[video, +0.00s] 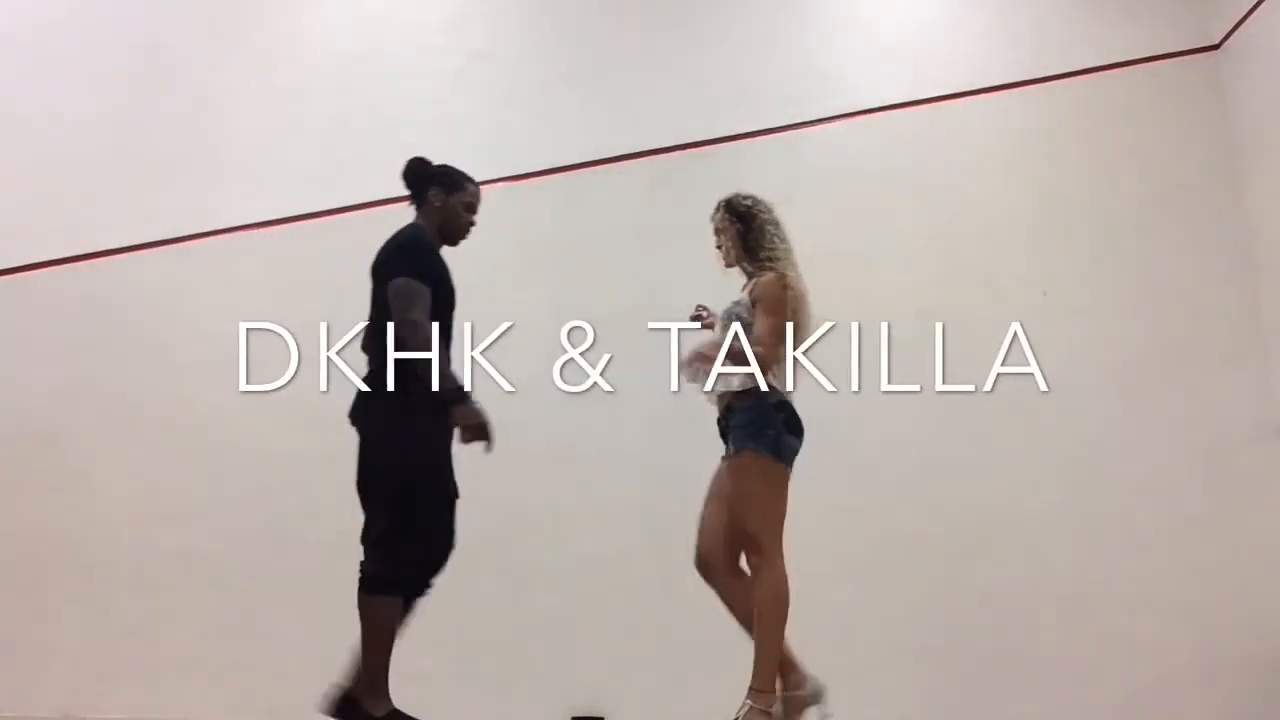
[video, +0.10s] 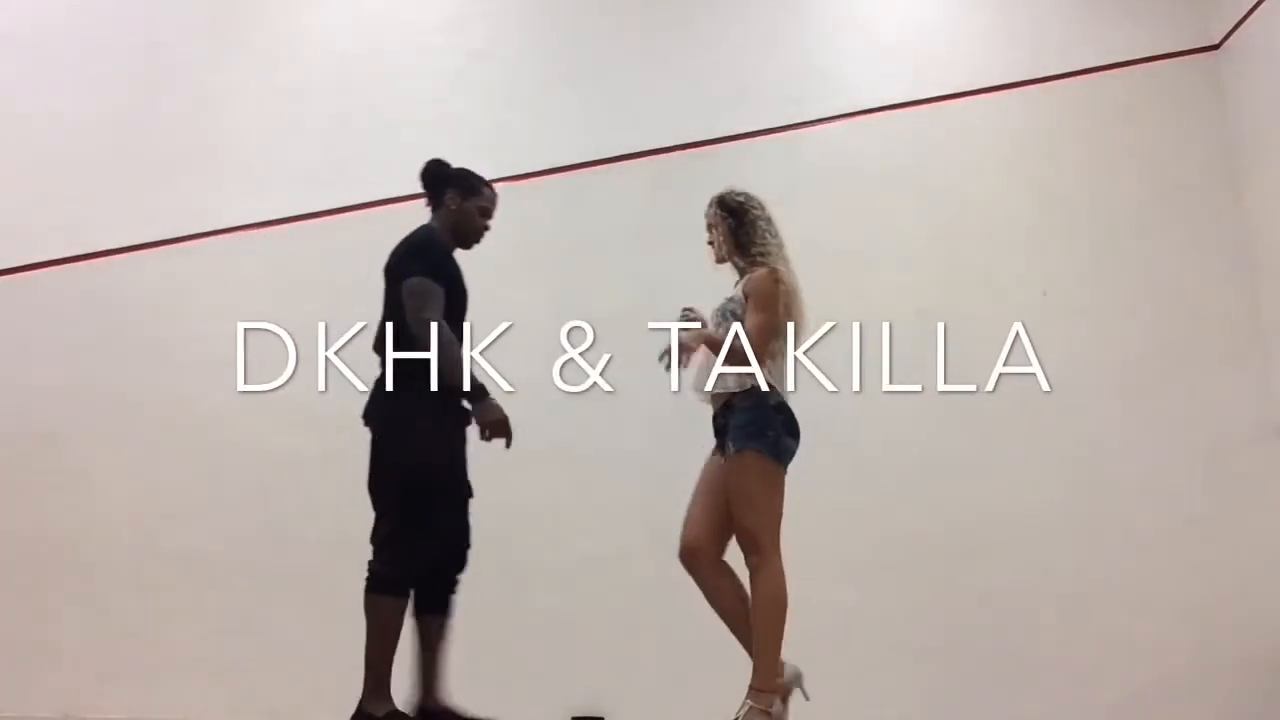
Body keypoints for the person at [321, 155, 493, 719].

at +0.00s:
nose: (474, 219)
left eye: (476, 209)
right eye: (468, 207)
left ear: (437, 204)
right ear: (435, 200)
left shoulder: (418, 253)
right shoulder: (412, 251)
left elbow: (386, 345)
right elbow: (414, 342)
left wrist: (454, 404)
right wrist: (460, 402)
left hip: (413, 429)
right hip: (398, 430)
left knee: (427, 546)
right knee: (395, 549)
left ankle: (361, 688)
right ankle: (371, 696)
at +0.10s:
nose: (487, 225)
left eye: (490, 215)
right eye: (483, 213)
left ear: (455, 207)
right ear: (451, 202)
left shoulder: (430, 256)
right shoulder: (422, 253)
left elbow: (393, 344)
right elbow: (430, 337)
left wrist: (467, 401)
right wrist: (480, 397)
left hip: (433, 432)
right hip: (407, 432)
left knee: (440, 556)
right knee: (397, 555)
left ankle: (429, 698)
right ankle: (375, 699)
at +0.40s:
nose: (527, 239)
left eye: (531, 230)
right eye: (524, 227)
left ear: (496, 221)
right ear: (493, 215)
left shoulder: (480, 267)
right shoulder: (461, 259)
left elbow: (473, 355)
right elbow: (449, 342)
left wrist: (491, 422)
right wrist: (464, 413)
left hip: (479, 427)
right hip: (448, 427)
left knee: (507, 554)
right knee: (426, 555)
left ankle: (490, 696)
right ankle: (379, 698)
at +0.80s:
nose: (563, 262)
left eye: (569, 253)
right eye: (560, 249)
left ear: (556, 245)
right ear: (532, 232)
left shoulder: (534, 301)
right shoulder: (489, 269)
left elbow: (528, 381)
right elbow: (457, 347)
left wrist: (542, 440)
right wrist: (470, 417)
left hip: (533, 441)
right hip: (499, 435)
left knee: (524, 564)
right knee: (514, 557)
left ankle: (489, 699)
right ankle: (443, 684)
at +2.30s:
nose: (562, 190)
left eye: (573, 183)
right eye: (553, 182)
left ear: (590, 198)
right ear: (538, 194)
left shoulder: (606, 272)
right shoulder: (503, 251)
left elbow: (618, 355)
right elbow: (464, 322)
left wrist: (627, 427)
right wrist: (455, 391)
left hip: (577, 435)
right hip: (508, 431)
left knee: (581, 573)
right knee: (492, 562)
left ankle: (561, 704)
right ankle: (472, 698)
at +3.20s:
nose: (479, 219)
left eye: (491, 215)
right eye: (471, 212)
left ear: (505, 233)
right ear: (457, 227)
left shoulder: (531, 288)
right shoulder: (437, 297)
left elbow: (574, 362)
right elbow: (426, 377)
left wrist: (581, 442)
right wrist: (422, 449)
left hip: (531, 449)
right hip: (469, 448)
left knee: (544, 577)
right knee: (445, 577)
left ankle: (556, 703)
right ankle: (438, 704)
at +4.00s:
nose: (501, 210)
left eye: (512, 207)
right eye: (491, 206)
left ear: (526, 230)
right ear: (476, 228)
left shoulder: (543, 300)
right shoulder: (448, 272)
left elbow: (559, 377)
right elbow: (403, 346)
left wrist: (515, 390)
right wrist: (378, 419)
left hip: (504, 456)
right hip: (438, 452)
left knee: (497, 577)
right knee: (425, 569)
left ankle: (465, 703)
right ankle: (432, 689)